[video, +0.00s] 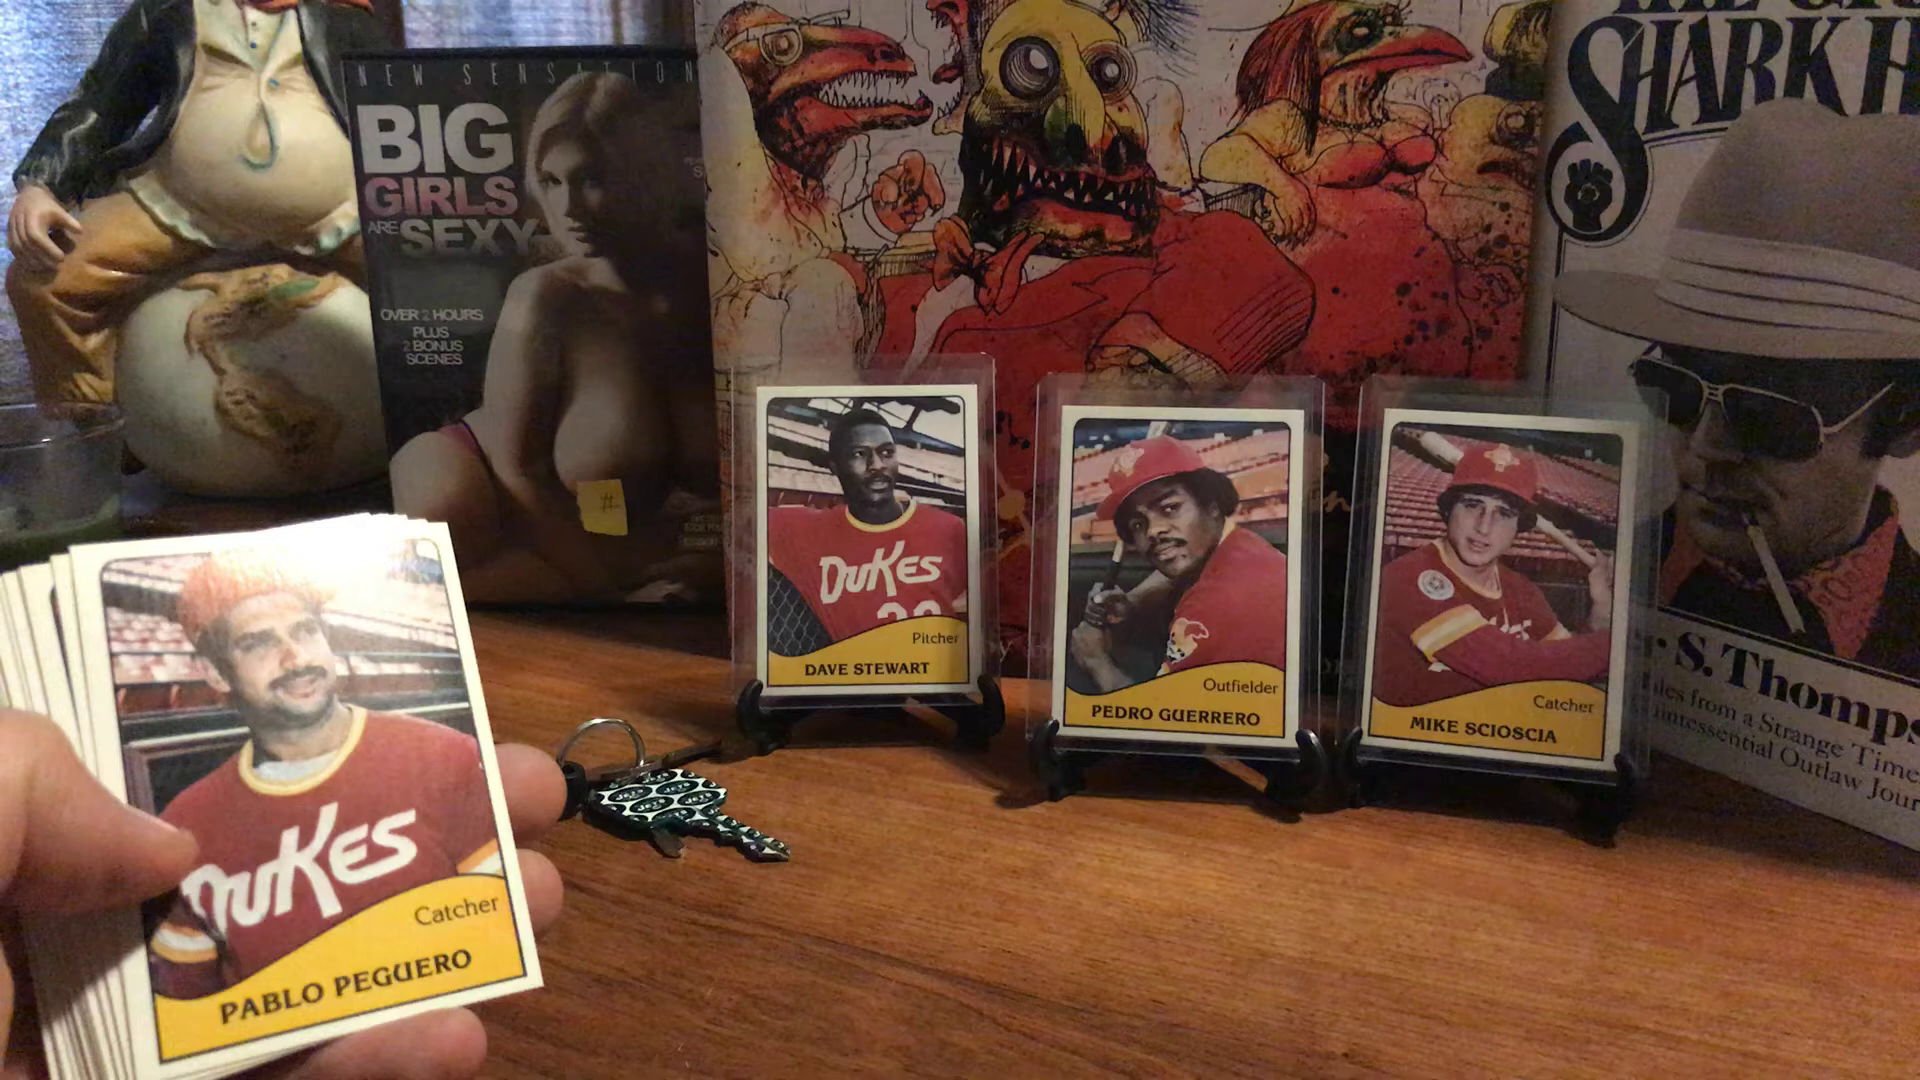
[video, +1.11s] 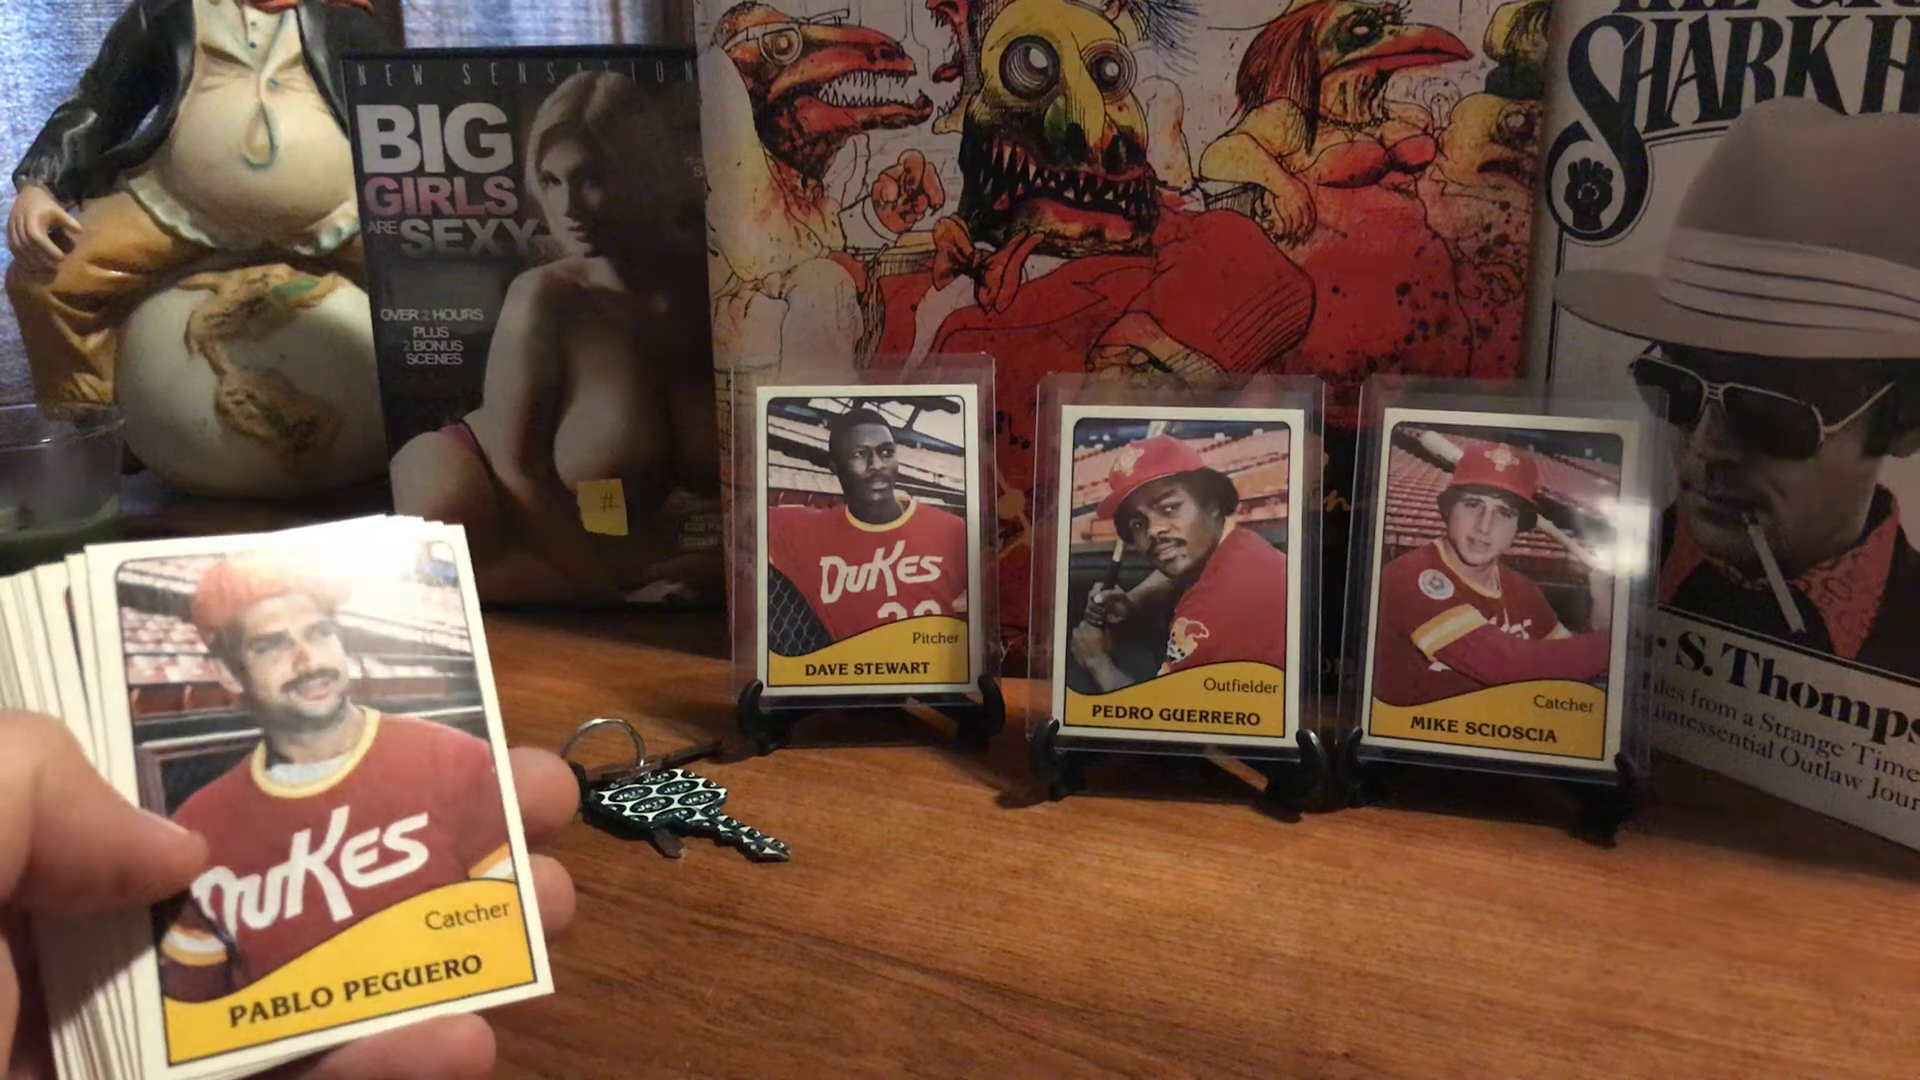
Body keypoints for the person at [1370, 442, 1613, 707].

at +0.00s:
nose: (1484, 526)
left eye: (1503, 513)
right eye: (1473, 505)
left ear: (1518, 528)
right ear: (1449, 509)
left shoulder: (1520, 590)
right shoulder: (1410, 578)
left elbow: (1571, 673)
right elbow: (1502, 664)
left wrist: (1602, 608)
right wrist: (1621, 643)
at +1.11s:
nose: (1484, 525)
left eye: (1504, 513)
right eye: (1473, 505)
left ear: (1518, 527)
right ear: (1448, 508)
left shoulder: (1521, 591)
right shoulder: (1411, 578)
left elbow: (1577, 668)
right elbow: (1503, 664)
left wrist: (1601, 592)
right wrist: (1620, 642)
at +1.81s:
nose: (1483, 526)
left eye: (1503, 513)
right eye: (1473, 505)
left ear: (1518, 527)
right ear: (1449, 509)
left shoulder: (1524, 592)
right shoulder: (1411, 577)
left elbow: (1570, 662)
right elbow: (1502, 664)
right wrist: (1619, 642)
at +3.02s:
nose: (1483, 527)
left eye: (1503, 513)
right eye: (1472, 505)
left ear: (1519, 526)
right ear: (1449, 509)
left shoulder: (1522, 591)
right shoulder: (1413, 579)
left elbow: (1575, 671)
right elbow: (1501, 664)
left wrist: (1603, 606)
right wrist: (1616, 642)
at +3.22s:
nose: (1484, 526)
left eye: (1504, 512)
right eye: (1473, 505)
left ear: (1520, 526)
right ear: (1449, 508)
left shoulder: (1522, 590)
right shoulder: (1412, 578)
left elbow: (1576, 670)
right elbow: (1502, 663)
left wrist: (1603, 606)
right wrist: (1613, 644)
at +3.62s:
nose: (1485, 525)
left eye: (1504, 512)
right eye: (1473, 504)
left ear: (1519, 527)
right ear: (1450, 508)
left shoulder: (1520, 589)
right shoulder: (1414, 577)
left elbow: (1576, 667)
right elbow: (1501, 663)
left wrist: (1603, 603)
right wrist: (1617, 642)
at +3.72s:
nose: (1485, 526)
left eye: (1504, 512)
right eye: (1474, 505)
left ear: (1519, 527)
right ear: (1450, 509)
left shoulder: (1520, 589)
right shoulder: (1414, 578)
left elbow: (1577, 669)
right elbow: (1501, 664)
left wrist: (1603, 603)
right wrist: (1617, 642)